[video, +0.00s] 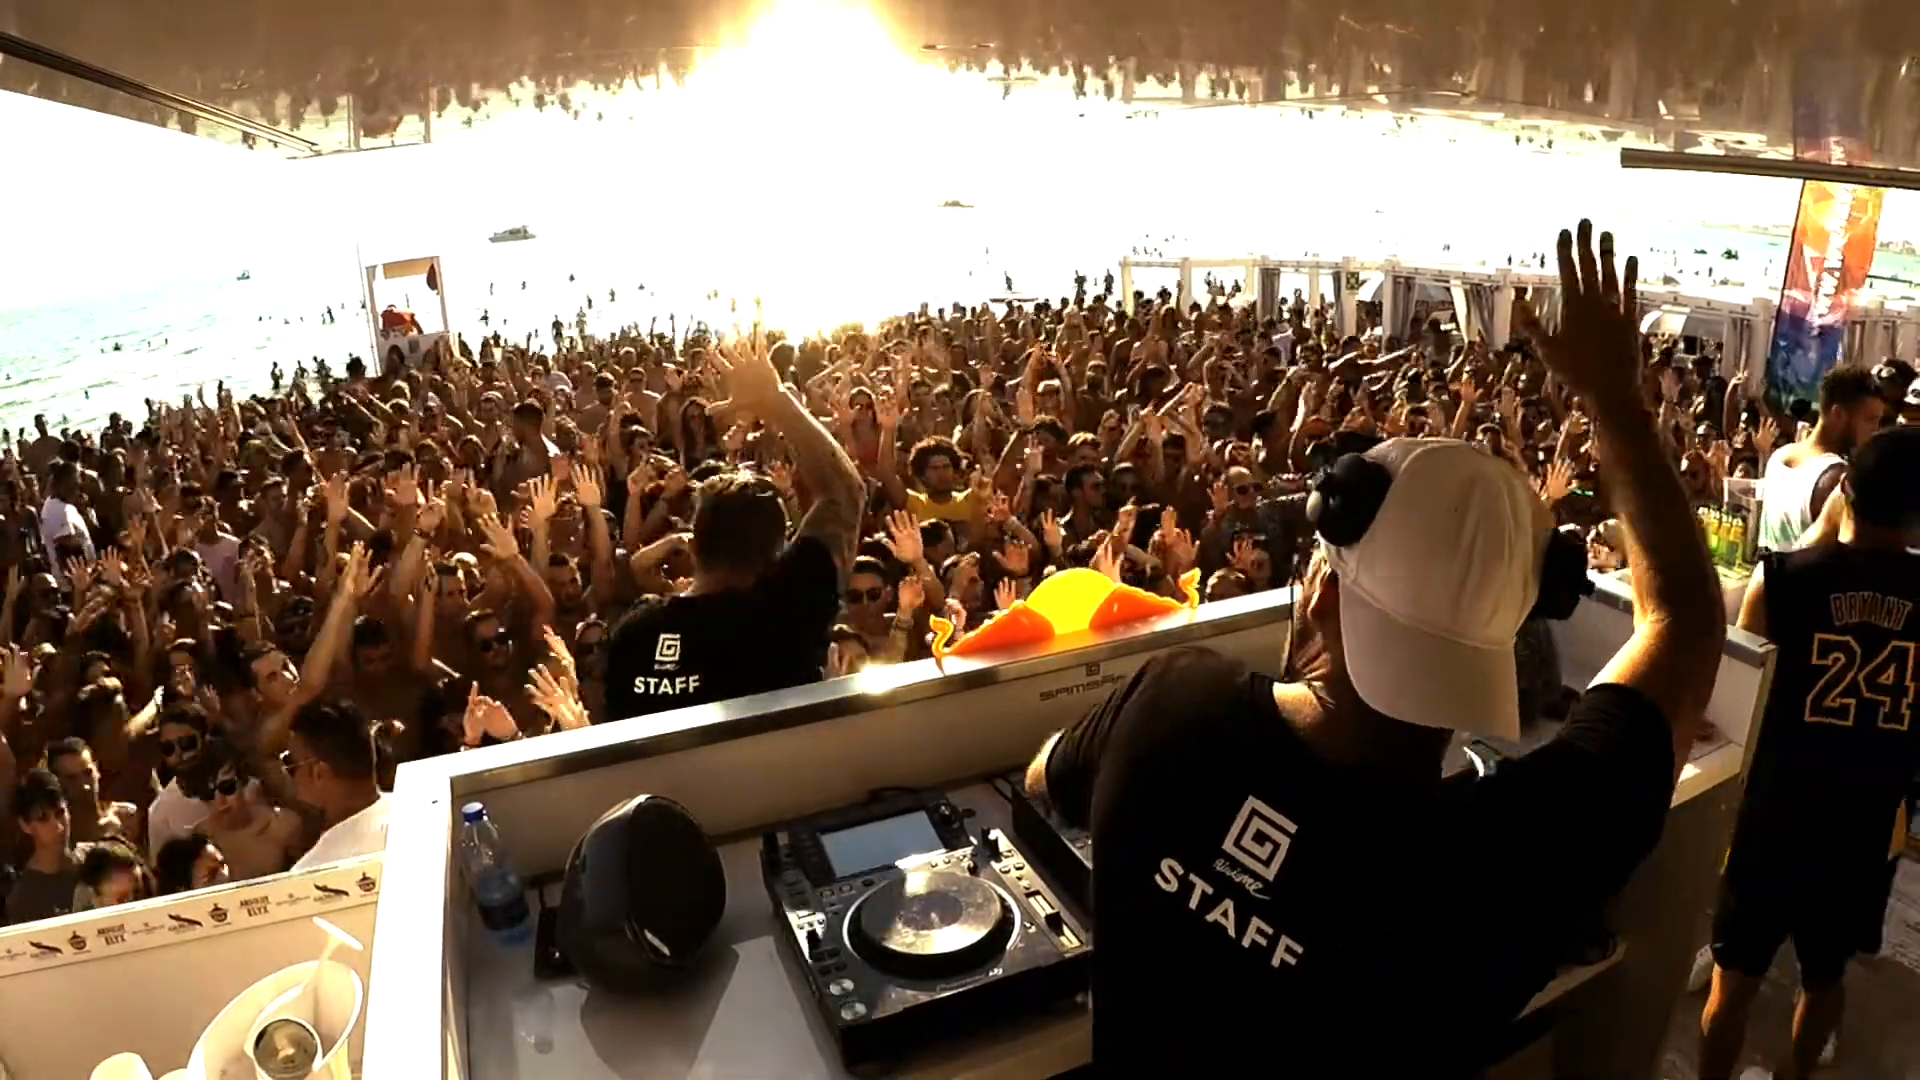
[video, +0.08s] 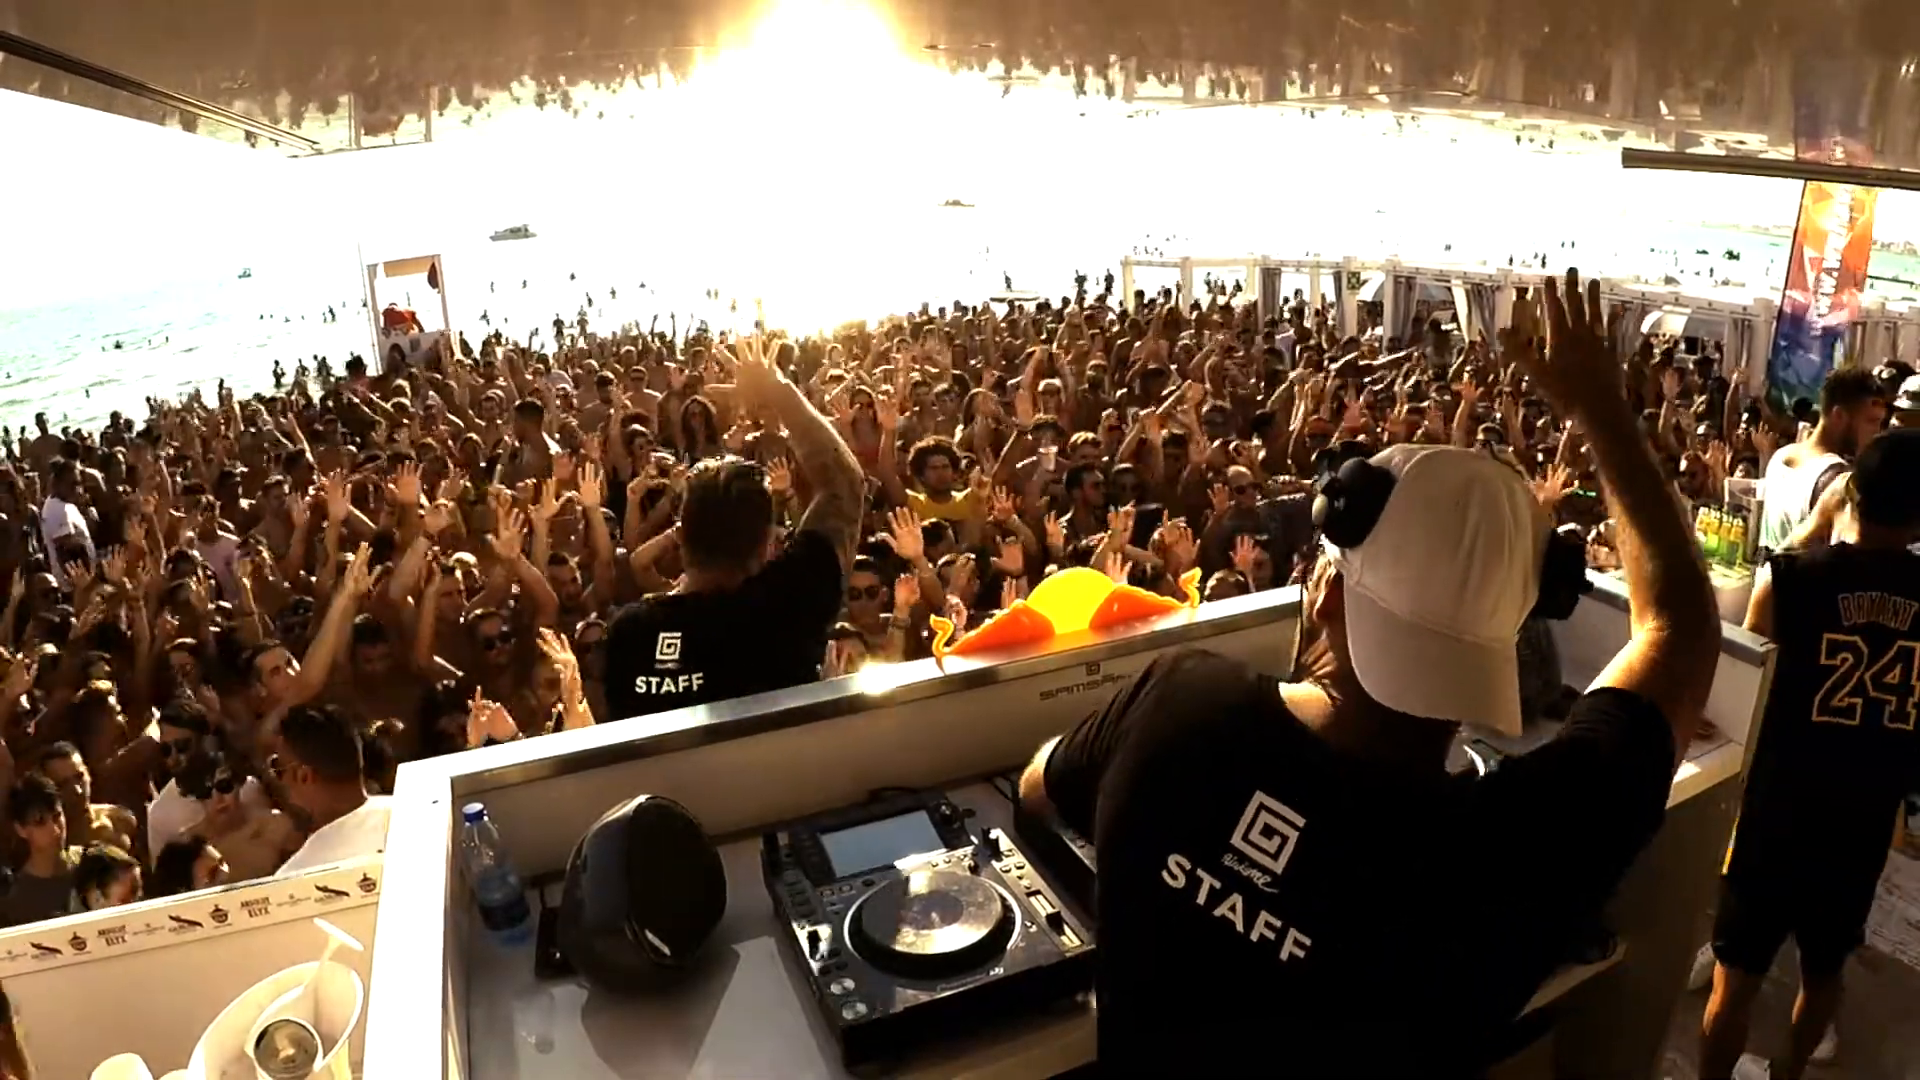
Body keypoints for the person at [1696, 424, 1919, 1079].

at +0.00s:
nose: (1834, 486)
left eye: (1841, 477)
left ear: (1848, 489)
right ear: (1919, 504)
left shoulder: (1788, 575)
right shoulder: (1919, 589)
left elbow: (1751, 629)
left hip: (1779, 804)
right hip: (1868, 818)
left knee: (1734, 972)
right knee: (1826, 973)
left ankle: (1712, 1076)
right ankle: (1795, 1075)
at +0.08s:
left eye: (1850, 479)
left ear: (1852, 492)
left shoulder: (1799, 574)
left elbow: (1757, 627)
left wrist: (1818, 518)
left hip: (1781, 800)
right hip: (1867, 814)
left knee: (1735, 973)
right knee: (1824, 973)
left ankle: (1711, 1078)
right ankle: (1787, 1072)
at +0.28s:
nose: (1864, 486)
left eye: (1868, 478)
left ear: (1871, 493)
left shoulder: (1815, 578)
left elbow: (1778, 666)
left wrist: (1805, 562)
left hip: (1788, 803)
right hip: (1878, 812)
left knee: (1740, 966)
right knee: (1827, 970)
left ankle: (1712, 1075)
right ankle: (1783, 1071)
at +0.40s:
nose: (1867, 475)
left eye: (1873, 465)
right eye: (1874, 460)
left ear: (1882, 486)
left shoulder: (1832, 578)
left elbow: (1782, 690)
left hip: (1802, 794)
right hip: (1887, 808)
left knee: (1740, 963)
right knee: (1835, 968)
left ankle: (1712, 1074)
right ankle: (1785, 1070)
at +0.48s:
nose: (1871, 476)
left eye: (1880, 464)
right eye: (1880, 461)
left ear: (1891, 486)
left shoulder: (1842, 573)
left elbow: (1781, 698)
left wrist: (1766, 768)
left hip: (1809, 792)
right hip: (1892, 808)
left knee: (1741, 958)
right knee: (1839, 965)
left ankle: (1711, 1073)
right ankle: (1787, 1069)